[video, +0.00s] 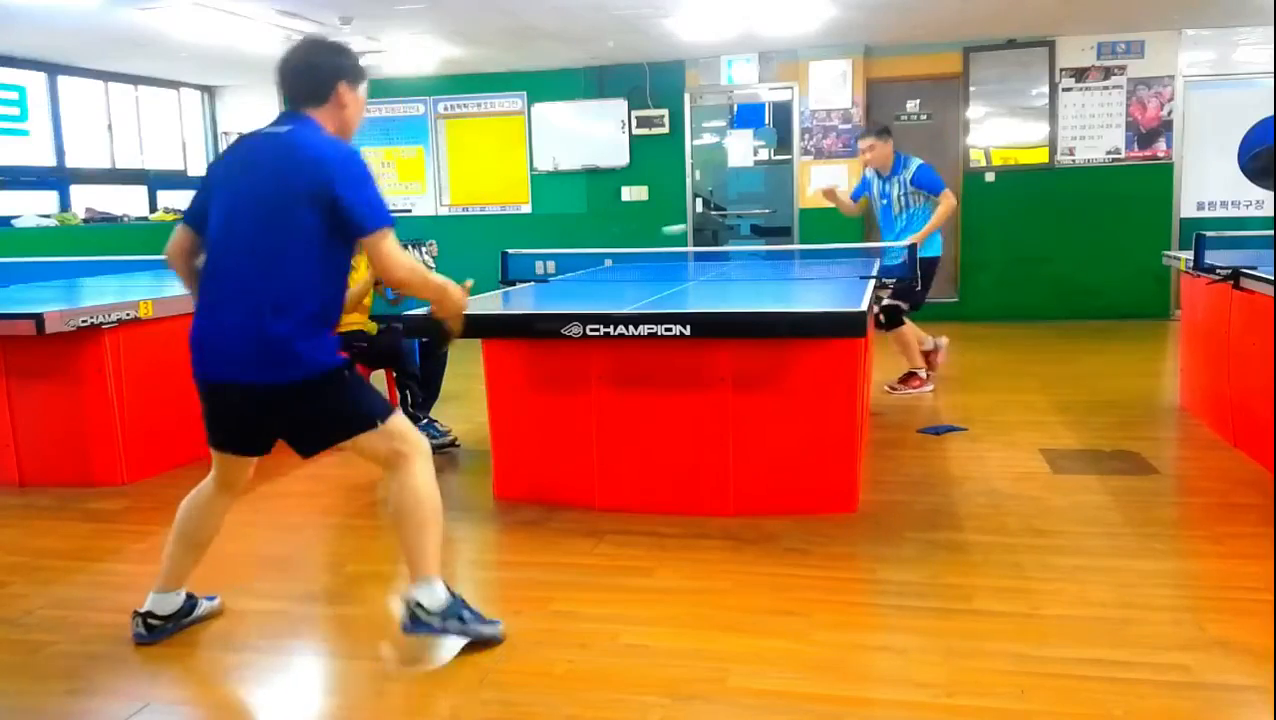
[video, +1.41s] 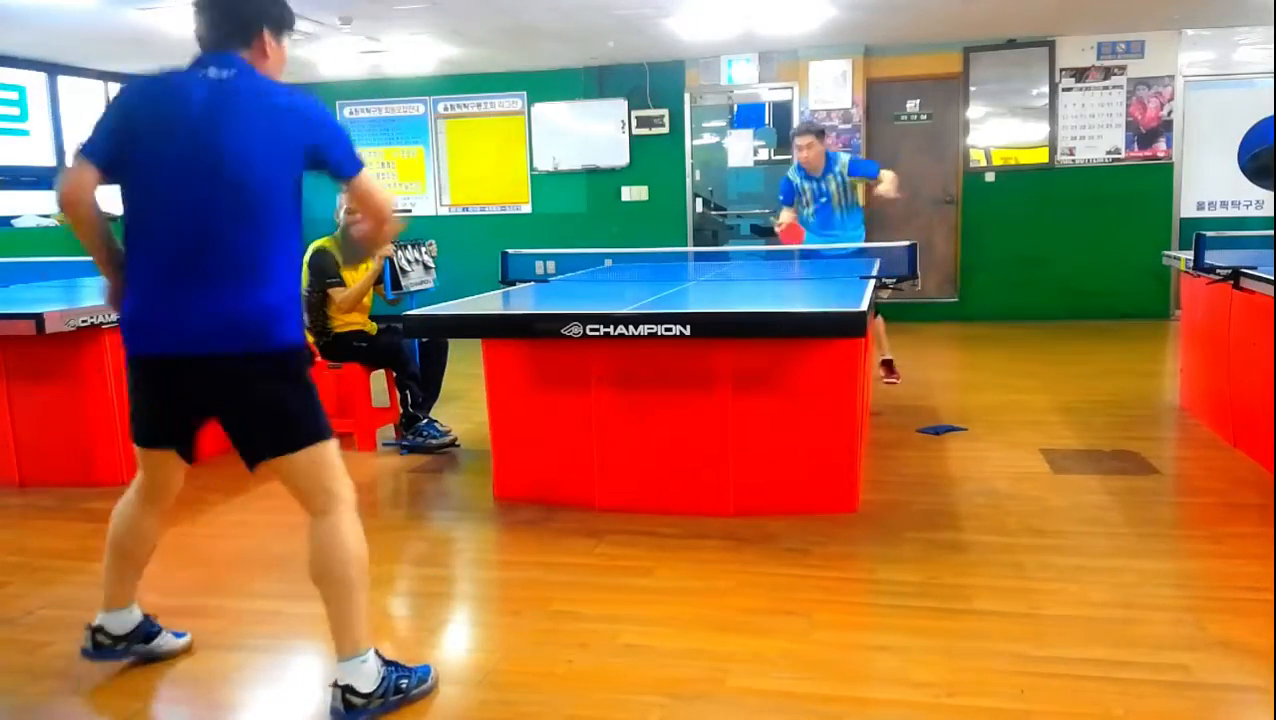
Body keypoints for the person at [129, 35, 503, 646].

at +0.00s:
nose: (362, 109)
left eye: (363, 98)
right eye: (360, 97)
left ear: (291, 94)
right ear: (339, 94)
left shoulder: (235, 156)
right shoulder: (335, 159)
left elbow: (180, 252)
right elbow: (391, 267)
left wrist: (225, 299)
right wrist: (443, 292)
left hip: (220, 357)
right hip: (297, 361)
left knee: (226, 477)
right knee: (405, 451)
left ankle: (162, 603)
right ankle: (429, 597)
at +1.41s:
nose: (286, 56)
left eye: (285, 41)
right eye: (284, 42)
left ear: (206, 38)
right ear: (265, 42)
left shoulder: (141, 98)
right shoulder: (293, 108)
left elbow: (73, 192)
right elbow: (378, 210)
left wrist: (115, 266)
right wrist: (361, 257)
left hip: (157, 345)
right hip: (258, 343)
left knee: (153, 483)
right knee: (330, 499)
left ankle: (115, 623)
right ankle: (359, 672)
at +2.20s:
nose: (258, 123)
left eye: (257, 109)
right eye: (256, 108)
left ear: (172, 109)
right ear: (234, 107)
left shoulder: (104, 179)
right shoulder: (233, 190)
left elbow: (57, 302)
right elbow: (271, 324)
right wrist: (332, 402)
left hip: (73, 407)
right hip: (168, 410)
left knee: (100, 515)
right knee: (311, 530)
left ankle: (20, 661)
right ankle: (292, 704)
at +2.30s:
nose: (252, 131)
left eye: (251, 118)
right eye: (250, 117)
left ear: (166, 112)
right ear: (228, 112)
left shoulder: (92, 181)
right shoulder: (239, 195)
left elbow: (42, 303)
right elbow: (273, 329)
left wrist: (107, 350)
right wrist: (319, 407)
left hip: (68, 407)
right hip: (170, 411)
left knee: (82, 512)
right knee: (308, 535)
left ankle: (19, 661)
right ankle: (295, 704)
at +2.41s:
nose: (213, 128)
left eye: (212, 116)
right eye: (212, 116)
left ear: (132, 113)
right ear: (196, 117)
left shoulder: (68, 166)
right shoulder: (227, 200)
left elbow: (3, 254)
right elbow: (231, 294)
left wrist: (15, 318)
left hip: (75, 400)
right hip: (188, 402)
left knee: (17, 519)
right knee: (295, 545)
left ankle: (4, 665)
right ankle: (296, 706)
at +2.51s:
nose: (189, 97)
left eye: (190, 86)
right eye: (189, 86)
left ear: (105, 80)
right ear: (171, 80)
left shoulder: (48, 129)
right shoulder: (198, 159)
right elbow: (205, 282)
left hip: (56, 369)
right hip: (163, 368)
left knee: (5, 520)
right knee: (234, 535)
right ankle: (286, 700)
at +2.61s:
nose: (178, 36)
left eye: (173, 23)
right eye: (176, 24)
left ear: (94, 28)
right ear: (163, 31)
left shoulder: (34, 78)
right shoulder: (192, 112)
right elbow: (250, 205)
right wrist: (271, 196)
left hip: (17, 325)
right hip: (117, 330)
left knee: (4, 502)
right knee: (185, 497)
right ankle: (232, 660)